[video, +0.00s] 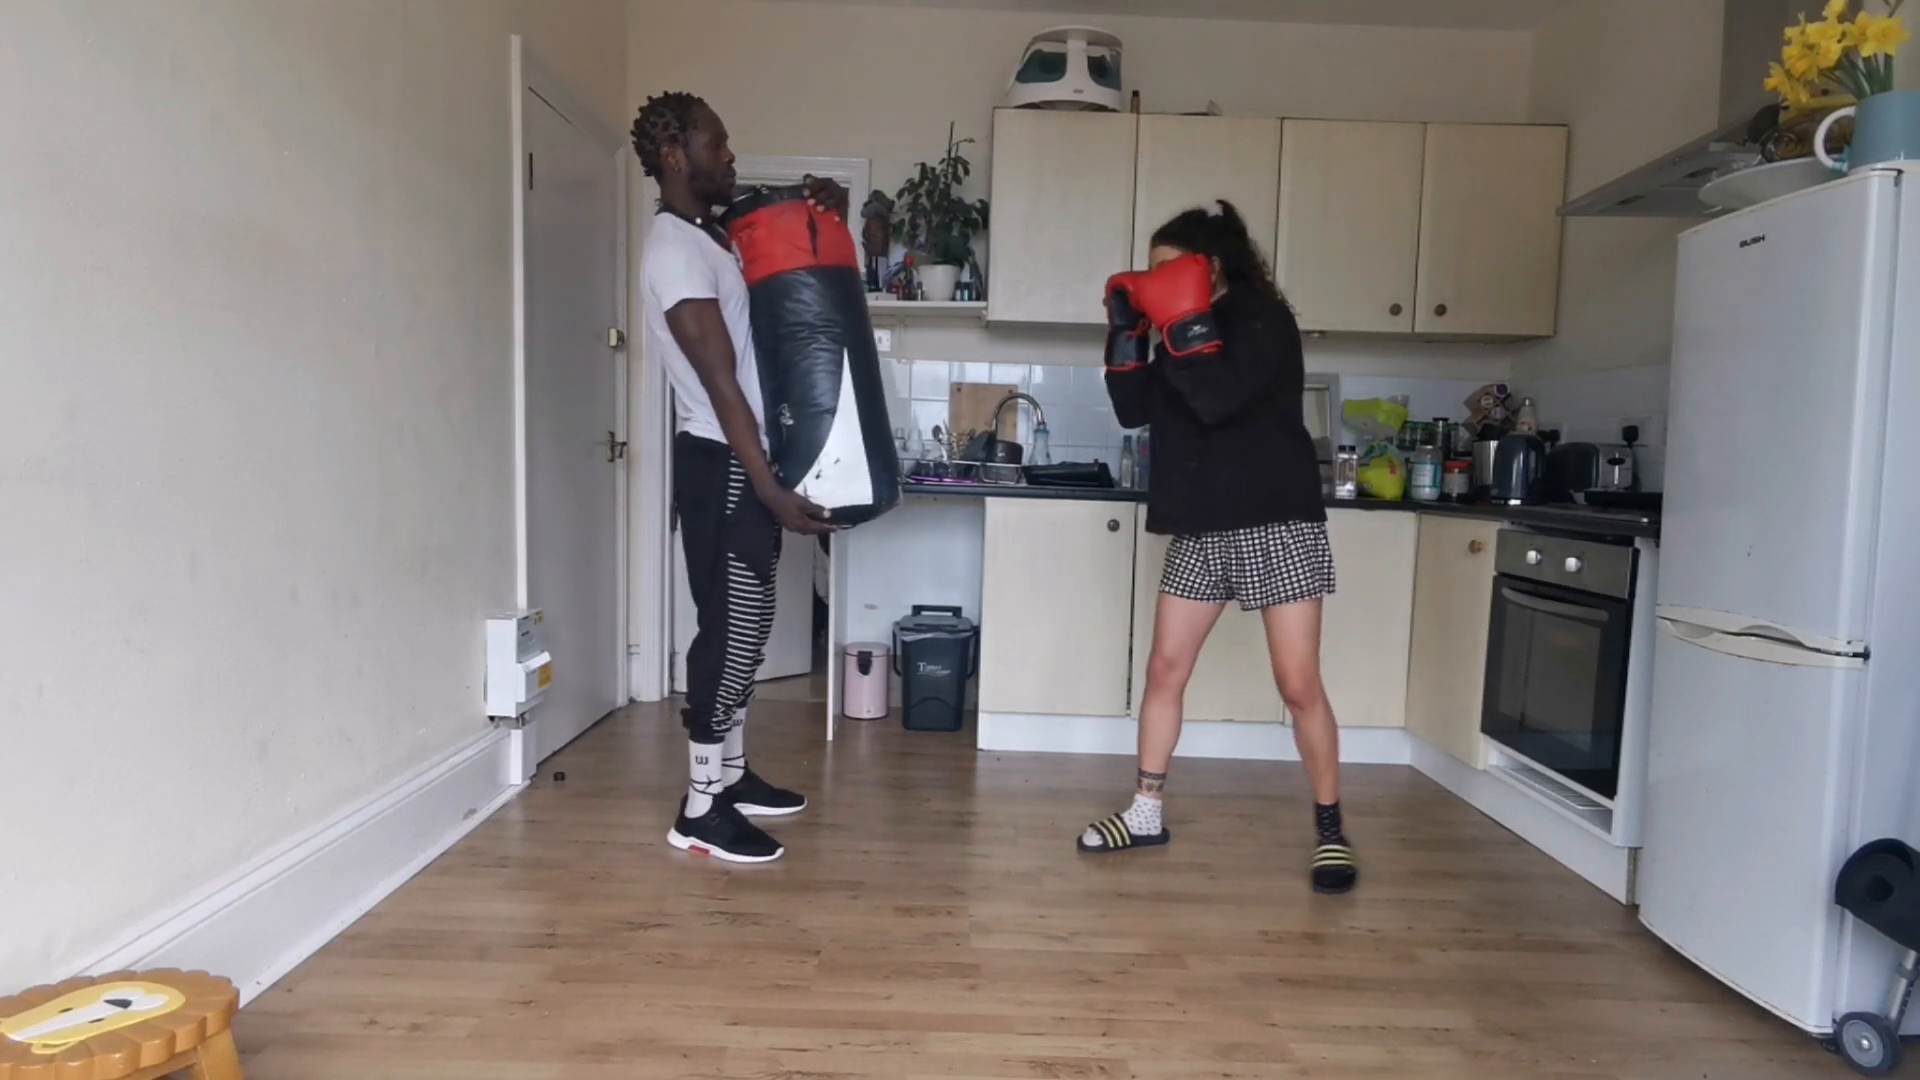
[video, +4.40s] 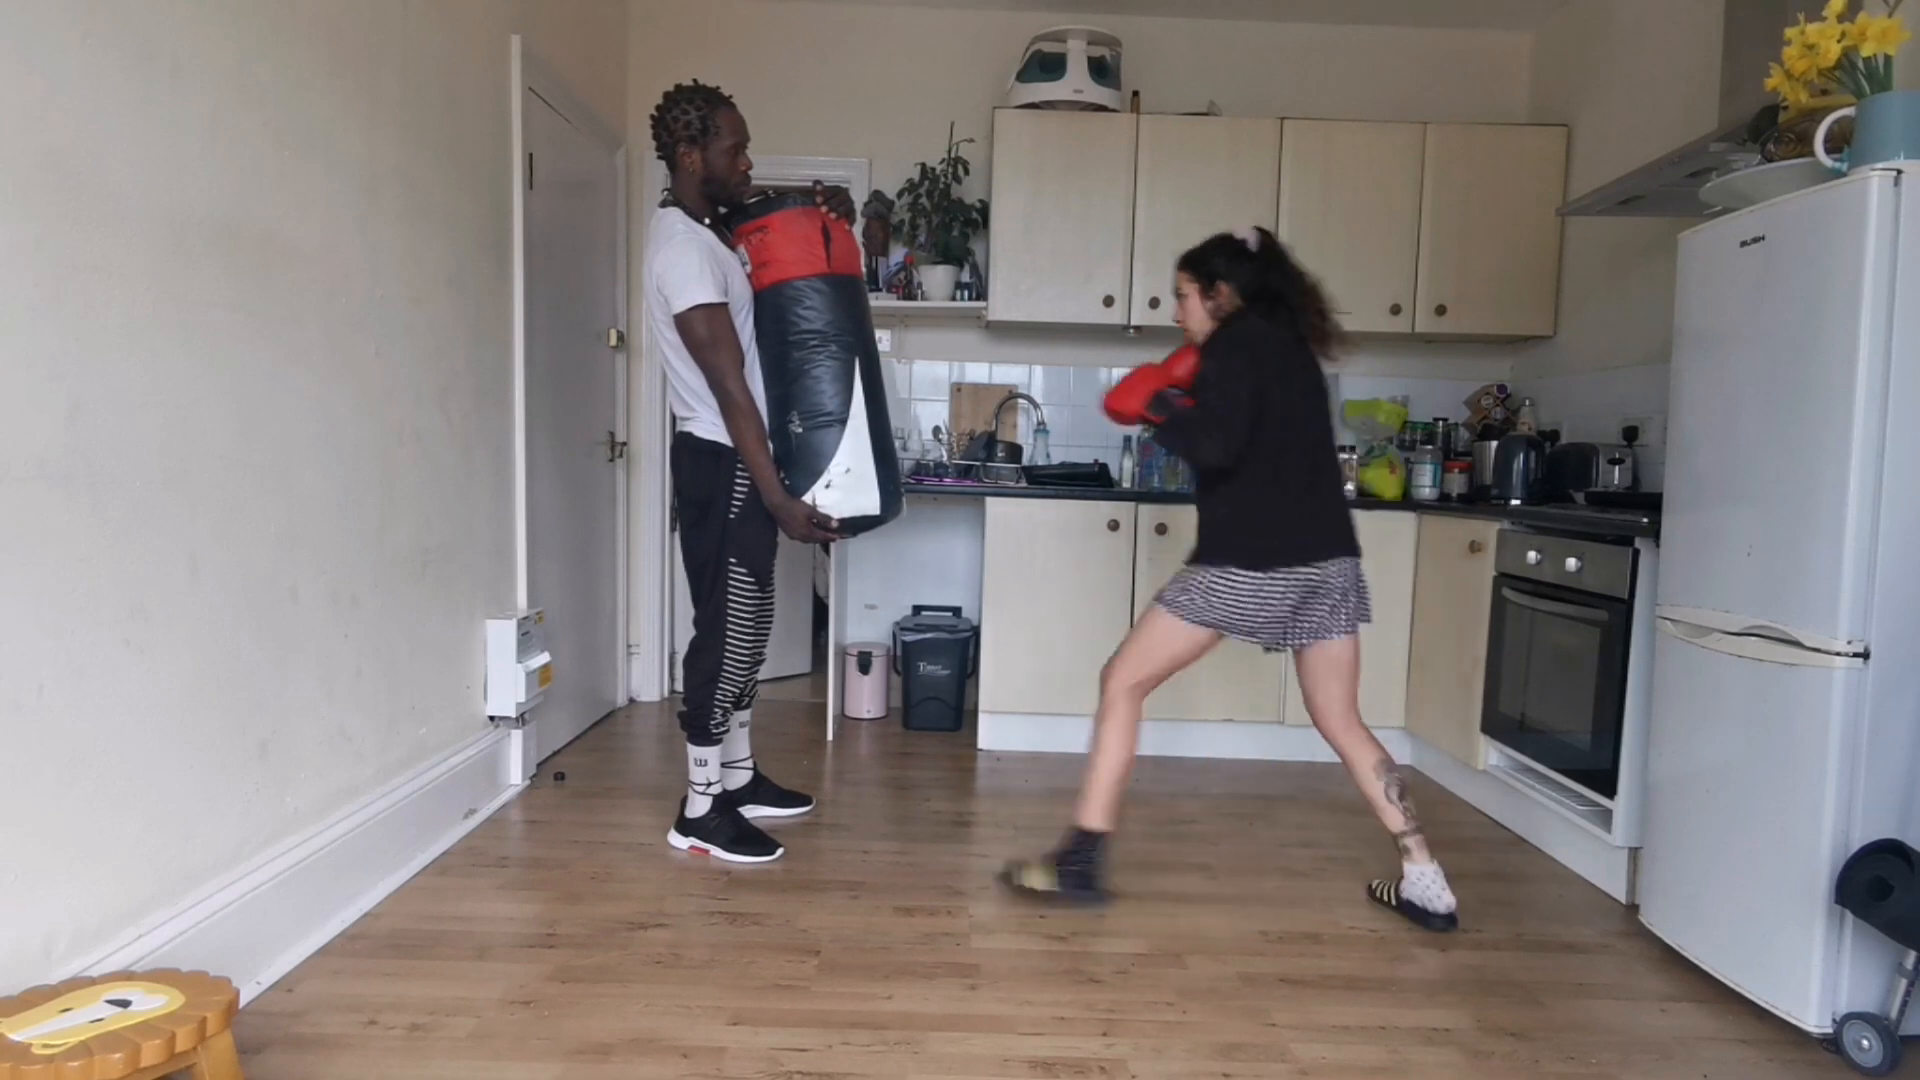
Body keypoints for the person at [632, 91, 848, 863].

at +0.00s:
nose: (730, 155)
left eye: (727, 142)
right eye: (716, 143)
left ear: (681, 155)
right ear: (672, 153)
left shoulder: (707, 236)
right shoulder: (672, 243)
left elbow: (781, 289)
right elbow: (718, 377)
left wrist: (819, 214)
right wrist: (770, 484)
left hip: (745, 450)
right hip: (717, 454)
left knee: (743, 617)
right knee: (735, 621)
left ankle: (727, 775)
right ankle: (703, 805)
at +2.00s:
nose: (751, 164)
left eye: (749, 150)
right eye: (738, 150)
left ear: (699, 160)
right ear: (693, 158)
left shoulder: (717, 241)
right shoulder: (683, 244)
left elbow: (785, 325)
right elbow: (727, 381)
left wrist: (833, 239)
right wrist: (775, 490)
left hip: (751, 449)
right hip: (717, 453)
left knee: (763, 614)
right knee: (726, 619)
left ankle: (736, 776)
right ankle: (701, 804)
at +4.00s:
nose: (747, 163)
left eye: (746, 148)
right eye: (735, 149)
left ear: (695, 157)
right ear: (688, 156)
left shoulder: (714, 236)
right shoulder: (681, 243)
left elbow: (784, 319)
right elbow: (727, 379)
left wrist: (831, 233)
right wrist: (777, 491)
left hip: (746, 449)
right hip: (717, 453)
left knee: (748, 620)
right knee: (727, 624)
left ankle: (736, 778)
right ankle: (701, 805)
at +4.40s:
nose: (748, 161)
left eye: (747, 147)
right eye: (737, 147)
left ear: (696, 155)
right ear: (690, 153)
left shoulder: (711, 236)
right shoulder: (680, 244)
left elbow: (785, 314)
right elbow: (727, 381)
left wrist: (827, 227)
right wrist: (777, 493)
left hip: (745, 450)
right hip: (716, 454)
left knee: (749, 622)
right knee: (728, 627)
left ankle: (736, 778)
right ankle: (700, 806)